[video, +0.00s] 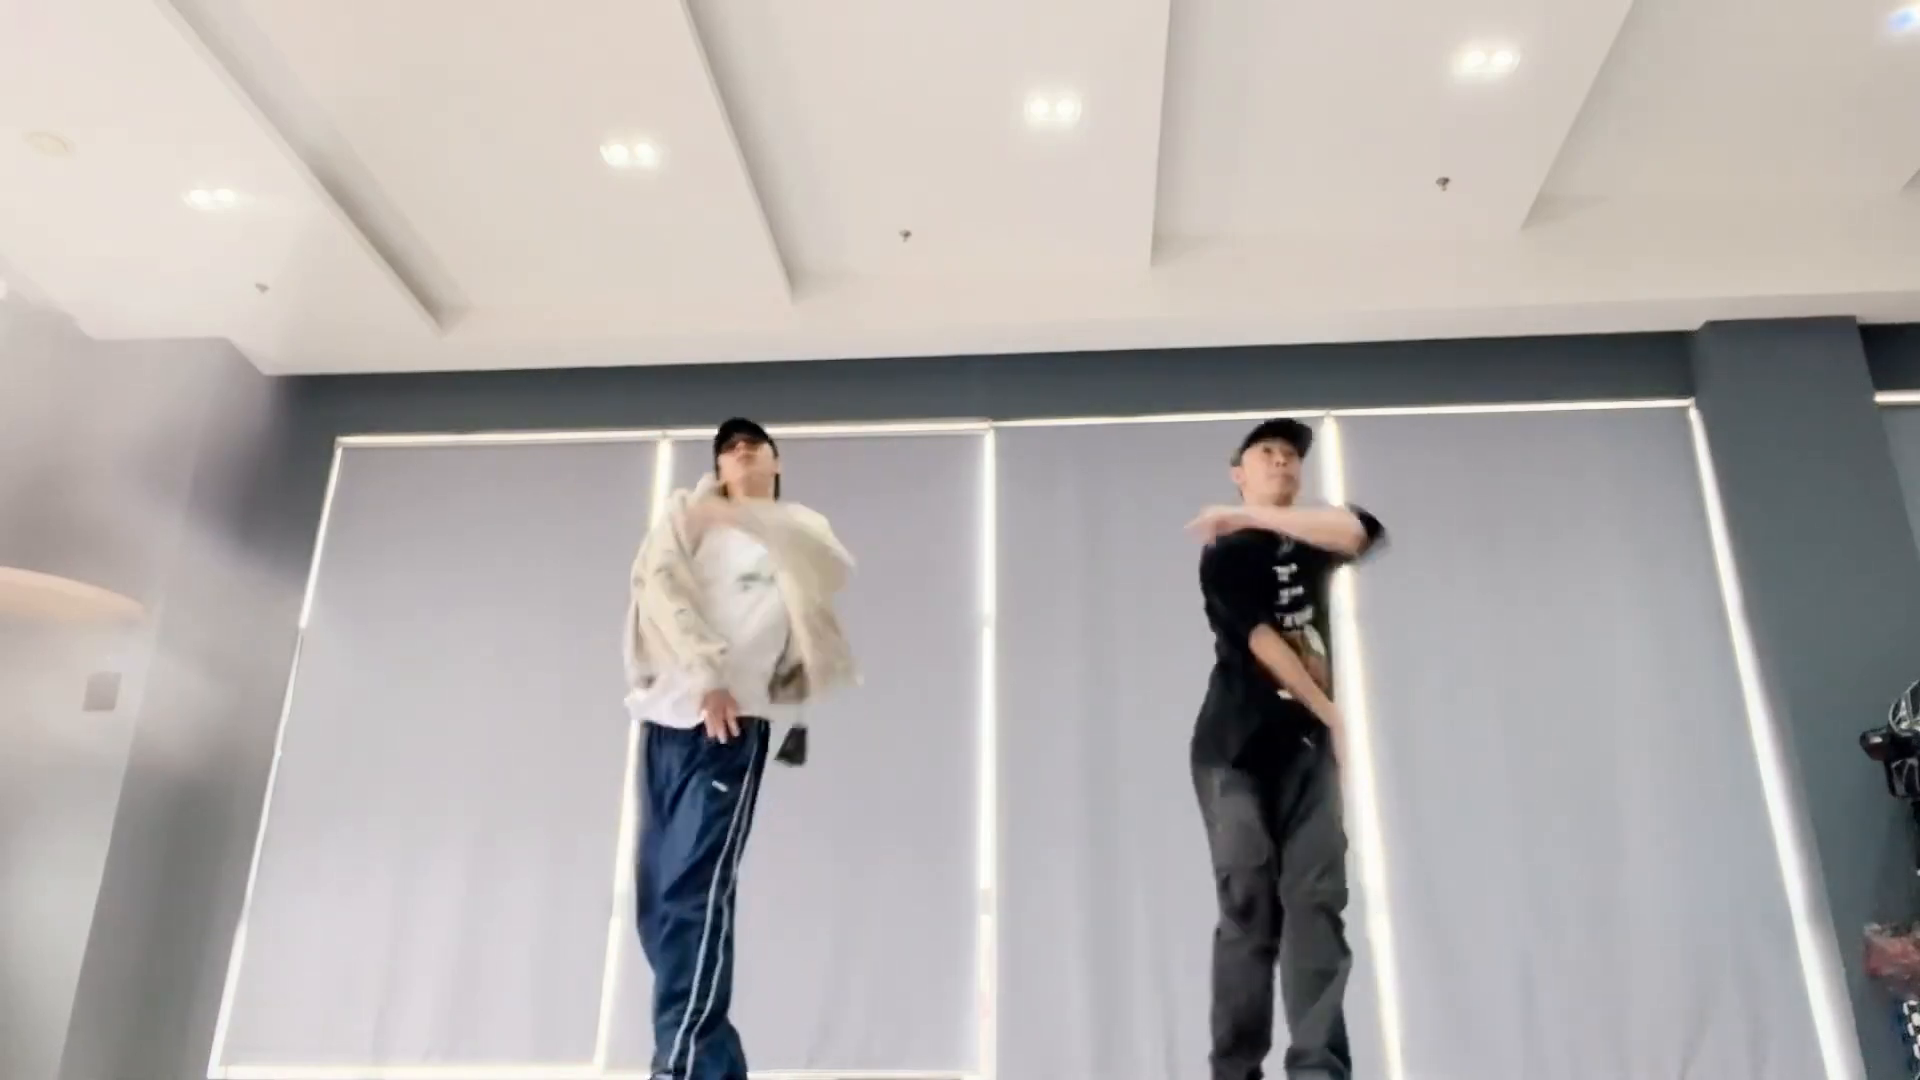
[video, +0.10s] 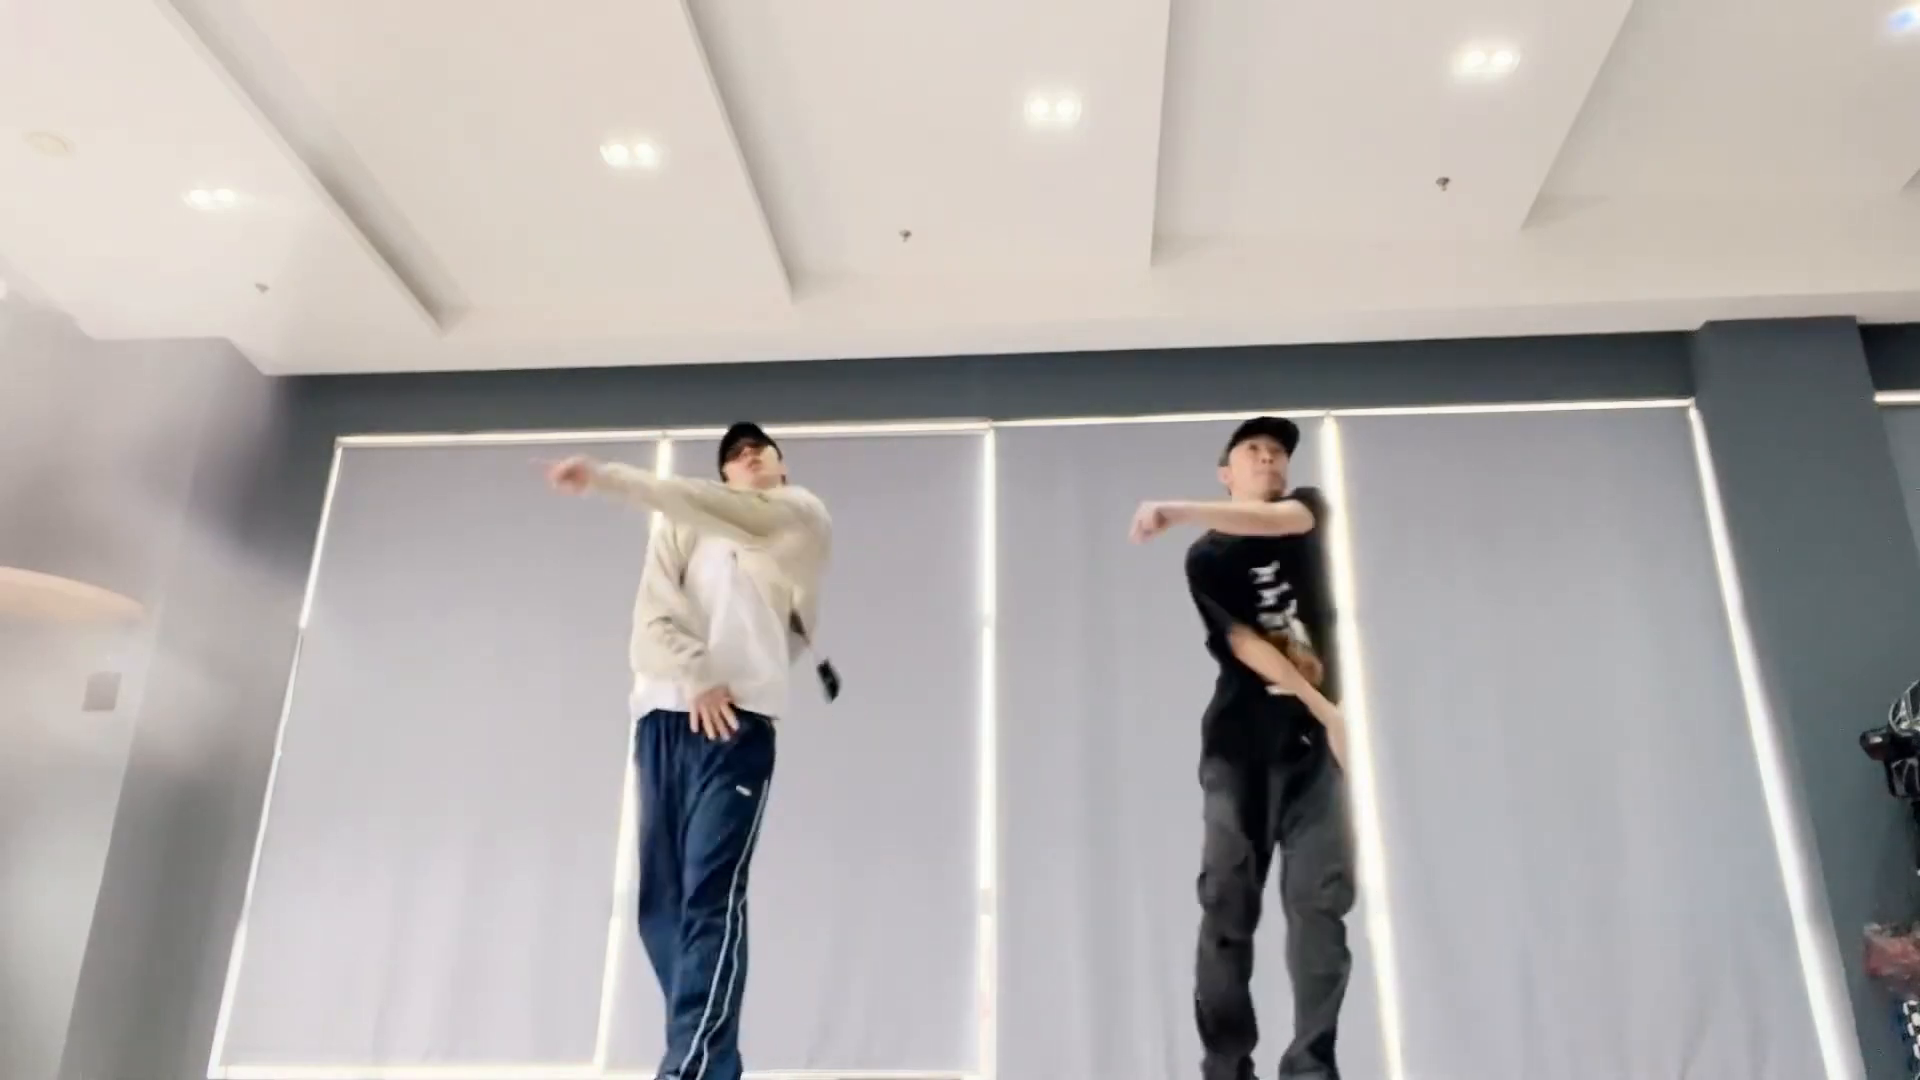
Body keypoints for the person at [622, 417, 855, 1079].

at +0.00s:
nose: (745, 458)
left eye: (757, 449)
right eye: (732, 451)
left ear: (776, 467)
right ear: (716, 470)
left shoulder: (798, 530)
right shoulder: (684, 517)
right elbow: (658, 594)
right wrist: (706, 679)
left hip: (736, 726)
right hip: (665, 723)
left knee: (693, 891)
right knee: (659, 892)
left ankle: (681, 1062)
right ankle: (710, 1059)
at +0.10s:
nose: (755, 458)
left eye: (764, 449)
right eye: (740, 455)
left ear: (783, 465)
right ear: (721, 476)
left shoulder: (805, 518)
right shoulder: (676, 521)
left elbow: (716, 504)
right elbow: (655, 615)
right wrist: (696, 680)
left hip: (737, 726)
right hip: (662, 723)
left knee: (708, 898)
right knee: (661, 900)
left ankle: (689, 1067)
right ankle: (711, 1061)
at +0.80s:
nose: (692, 503)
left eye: (703, 489)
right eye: (681, 499)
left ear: (734, 495)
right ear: (673, 516)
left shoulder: (760, 541)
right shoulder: (682, 599)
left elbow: (801, 529)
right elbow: (649, 678)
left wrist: (687, 530)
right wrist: (696, 714)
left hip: (763, 746)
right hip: (722, 756)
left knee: (638, 859)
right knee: (635, 879)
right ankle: (674, 1057)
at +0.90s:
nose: (681, 515)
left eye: (692, 501)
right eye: (669, 512)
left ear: (723, 507)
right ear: (666, 535)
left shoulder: (766, 570)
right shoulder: (688, 598)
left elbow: (869, 572)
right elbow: (674, 682)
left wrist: (773, 549)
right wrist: (679, 730)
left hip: (756, 768)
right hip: (717, 776)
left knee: (636, 926)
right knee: (632, 936)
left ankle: (756, 1047)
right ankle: (696, 1070)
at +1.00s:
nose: (698, 508)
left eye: (705, 491)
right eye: (686, 502)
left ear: (735, 486)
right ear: (683, 514)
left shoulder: (787, 545)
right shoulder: (712, 574)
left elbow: (836, 519)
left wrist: (731, 521)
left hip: (764, 752)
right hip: (723, 756)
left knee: (640, 912)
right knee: (623, 919)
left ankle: (746, 1064)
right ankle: (692, 1072)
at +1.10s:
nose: (718, 482)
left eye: (726, 467)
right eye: (707, 480)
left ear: (756, 464)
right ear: (706, 490)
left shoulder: (792, 499)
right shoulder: (741, 543)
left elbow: (711, 503)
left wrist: (599, 490)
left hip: (774, 719)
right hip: (728, 722)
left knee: (655, 903)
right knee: (596, 876)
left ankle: (744, 1070)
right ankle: (649, 1046)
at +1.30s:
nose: (720, 454)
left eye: (730, 439)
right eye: (715, 448)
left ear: (762, 434)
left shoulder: (767, 462)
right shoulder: (805, 514)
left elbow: (672, 520)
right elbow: (872, 611)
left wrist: (558, 561)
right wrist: (834, 690)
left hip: (767, 684)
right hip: (735, 696)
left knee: (702, 889)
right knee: (591, 782)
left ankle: (745, 1067)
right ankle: (542, 951)